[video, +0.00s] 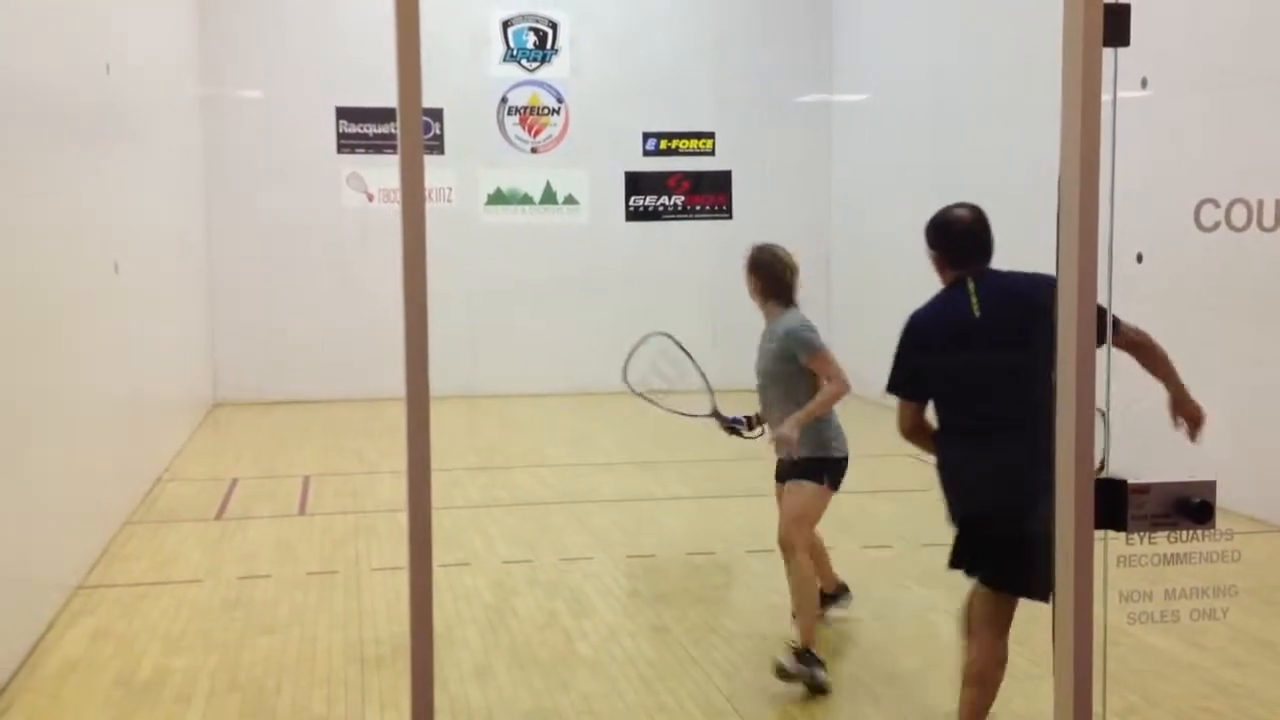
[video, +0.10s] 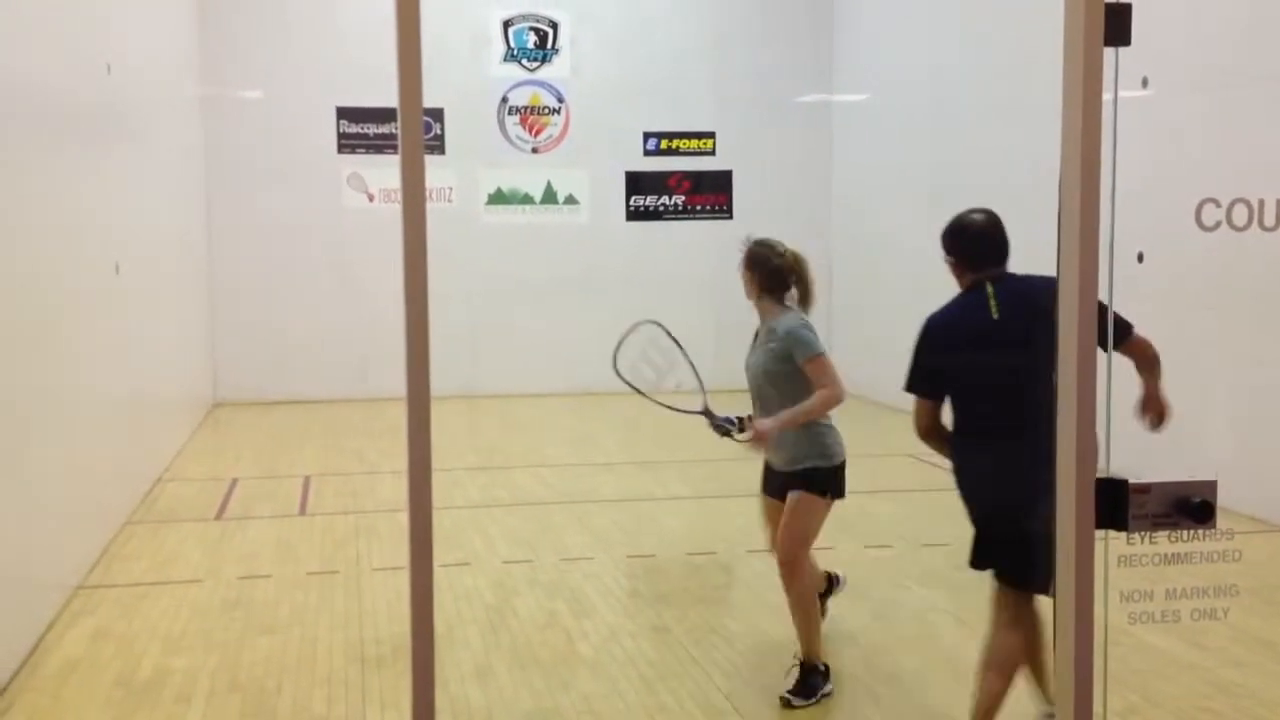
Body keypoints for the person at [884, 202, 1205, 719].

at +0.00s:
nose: (933, 260)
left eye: (932, 253)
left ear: (936, 257)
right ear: (990, 249)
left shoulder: (926, 324)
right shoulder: (1044, 293)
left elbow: (909, 426)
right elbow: (1137, 341)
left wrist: (948, 448)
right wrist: (1179, 394)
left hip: (982, 495)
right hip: (1053, 486)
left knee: (987, 624)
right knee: (987, 620)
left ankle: (971, 712)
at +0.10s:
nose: (949, 266)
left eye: (949, 259)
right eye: (952, 258)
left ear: (954, 264)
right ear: (1006, 254)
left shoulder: (943, 326)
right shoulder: (1055, 296)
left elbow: (926, 425)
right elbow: (1143, 350)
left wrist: (965, 452)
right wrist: (1152, 393)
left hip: (986, 478)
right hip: (1053, 473)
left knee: (1019, 596)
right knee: (1012, 602)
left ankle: (1051, 702)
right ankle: (981, 713)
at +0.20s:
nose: (961, 278)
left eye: (961, 272)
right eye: (962, 271)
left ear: (967, 276)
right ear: (1017, 266)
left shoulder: (958, 337)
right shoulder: (1063, 307)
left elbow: (942, 434)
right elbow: (1146, 363)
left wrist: (976, 467)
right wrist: (1138, 405)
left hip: (1003, 486)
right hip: (1065, 481)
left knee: (1039, 606)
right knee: (1051, 619)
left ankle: (1077, 707)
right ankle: (1010, 707)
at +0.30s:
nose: (970, 281)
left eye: (971, 274)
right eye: (971, 274)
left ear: (977, 276)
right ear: (1025, 266)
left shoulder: (968, 334)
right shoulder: (1073, 306)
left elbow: (952, 428)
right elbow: (1152, 369)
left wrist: (977, 465)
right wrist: (1150, 426)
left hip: (1007, 478)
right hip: (1074, 472)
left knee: (1036, 583)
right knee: (1084, 573)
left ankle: (1060, 678)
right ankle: (1072, 677)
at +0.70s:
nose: (967, 251)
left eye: (971, 246)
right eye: (969, 244)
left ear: (988, 254)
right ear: (1019, 250)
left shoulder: (978, 312)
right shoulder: (1061, 288)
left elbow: (970, 397)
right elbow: (1118, 353)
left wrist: (952, 441)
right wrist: (1119, 420)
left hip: (1011, 448)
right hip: (1070, 441)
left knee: (997, 534)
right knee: (1082, 548)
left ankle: (1039, 623)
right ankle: (1103, 660)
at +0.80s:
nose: (953, 249)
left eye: (960, 244)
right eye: (957, 241)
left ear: (979, 254)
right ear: (1004, 250)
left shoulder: (968, 310)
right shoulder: (1044, 287)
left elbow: (963, 391)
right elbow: (1073, 351)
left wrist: (940, 433)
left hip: (992, 441)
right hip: (1050, 438)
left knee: (968, 517)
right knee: (1072, 541)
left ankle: (996, 629)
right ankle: (1104, 652)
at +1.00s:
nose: (915, 251)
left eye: (924, 248)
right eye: (921, 245)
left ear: (941, 262)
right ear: (960, 259)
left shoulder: (933, 318)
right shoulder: (992, 286)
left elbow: (925, 399)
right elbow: (1027, 335)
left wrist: (892, 433)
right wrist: (988, 360)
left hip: (951, 435)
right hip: (1000, 430)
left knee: (934, 517)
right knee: (1002, 523)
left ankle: (961, 621)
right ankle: (1061, 592)